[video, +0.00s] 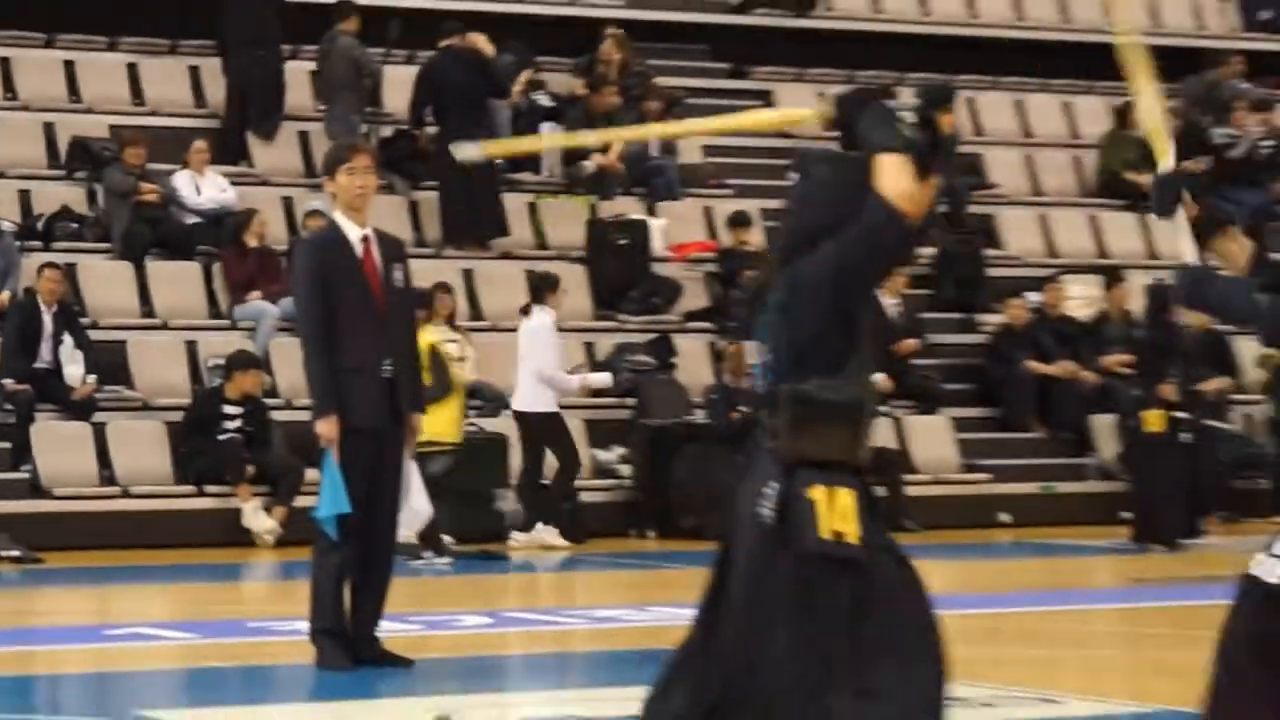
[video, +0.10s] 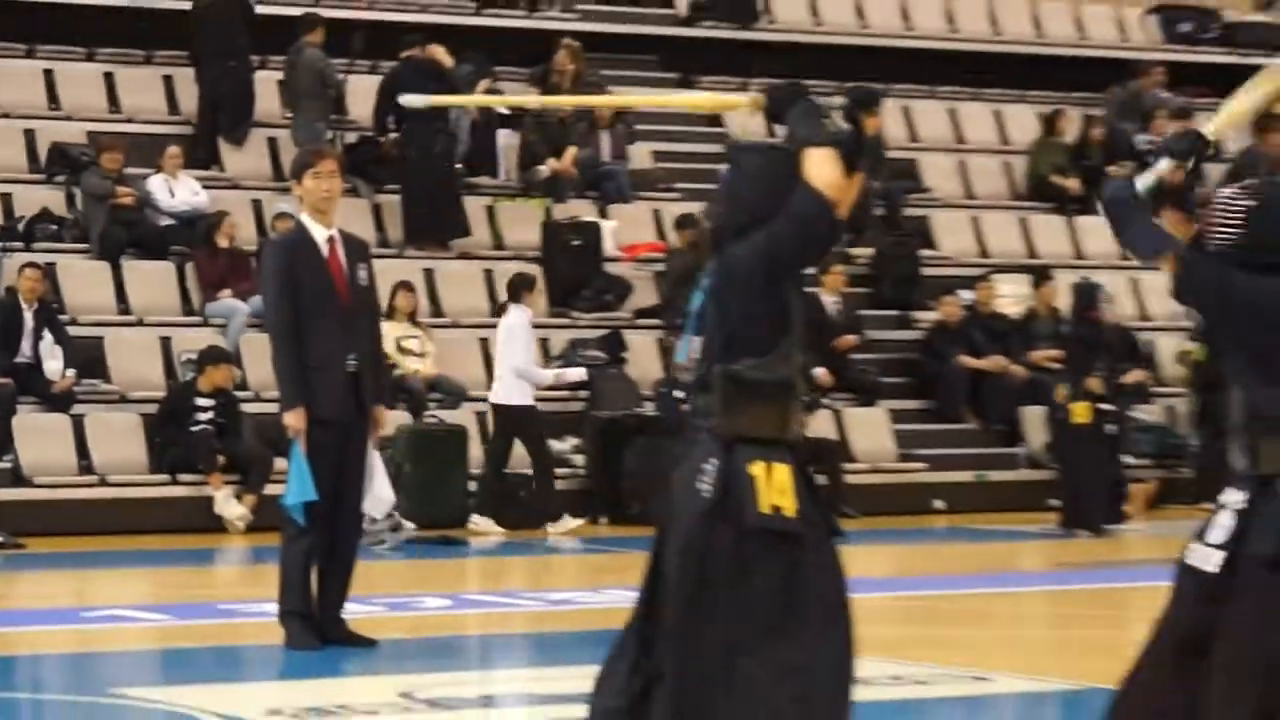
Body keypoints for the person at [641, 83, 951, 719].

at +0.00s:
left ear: (807, 213)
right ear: (846, 214)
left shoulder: (820, 285)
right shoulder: (812, 285)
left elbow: (909, 213)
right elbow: (894, 205)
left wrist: (933, 139)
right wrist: (874, 121)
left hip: (796, 481)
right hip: (810, 489)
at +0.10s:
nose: (820, 210)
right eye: (807, 194)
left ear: (735, 199)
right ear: (779, 202)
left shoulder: (736, 268)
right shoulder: (751, 265)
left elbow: (833, 214)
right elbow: (819, 200)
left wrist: (864, 140)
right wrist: (802, 115)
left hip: (720, 465)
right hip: (749, 473)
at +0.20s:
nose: (774, 207)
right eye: (762, 194)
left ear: (690, 196)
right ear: (732, 199)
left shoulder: (697, 259)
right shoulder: (700, 259)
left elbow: (784, 203)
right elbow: (767, 190)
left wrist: (811, 136)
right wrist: (750, 112)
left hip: (679, 448)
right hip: (694, 454)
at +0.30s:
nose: (735, 211)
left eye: (739, 194)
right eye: (724, 198)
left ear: (654, 201)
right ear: (693, 203)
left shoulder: (667, 261)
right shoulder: (662, 261)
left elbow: (741, 203)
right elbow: (728, 196)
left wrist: (762, 141)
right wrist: (713, 123)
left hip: (662, 439)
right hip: (654, 445)